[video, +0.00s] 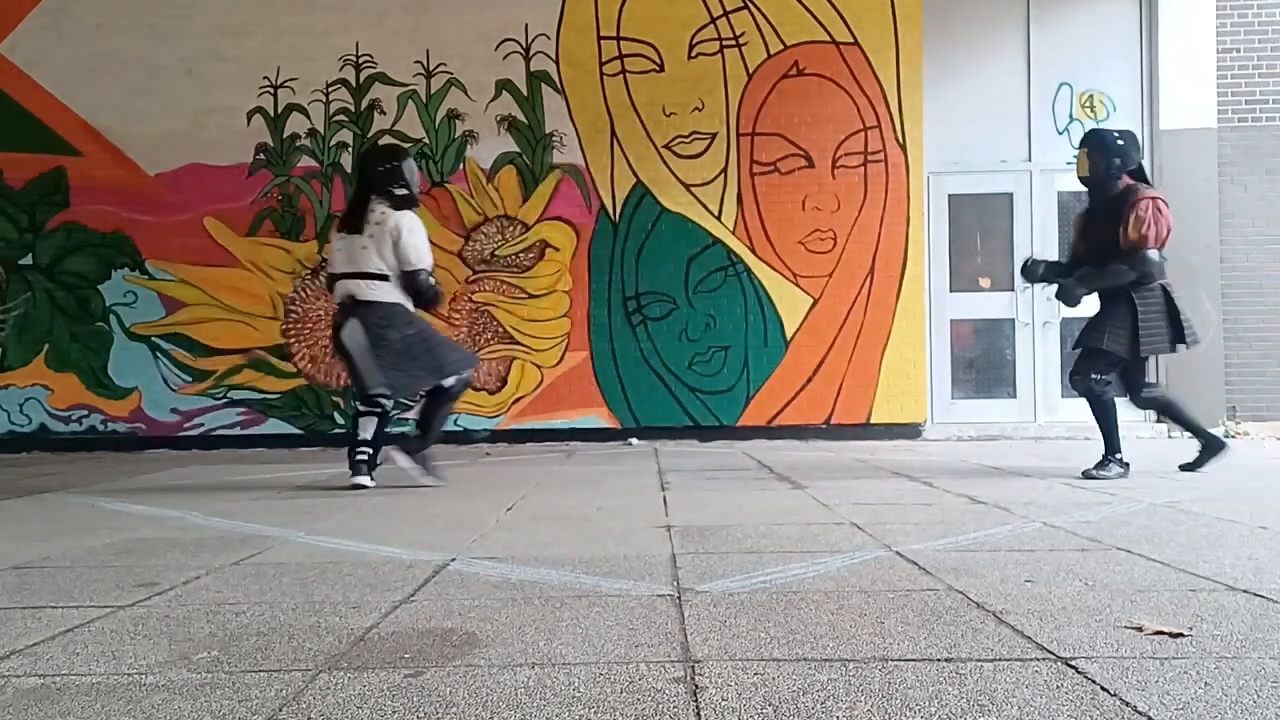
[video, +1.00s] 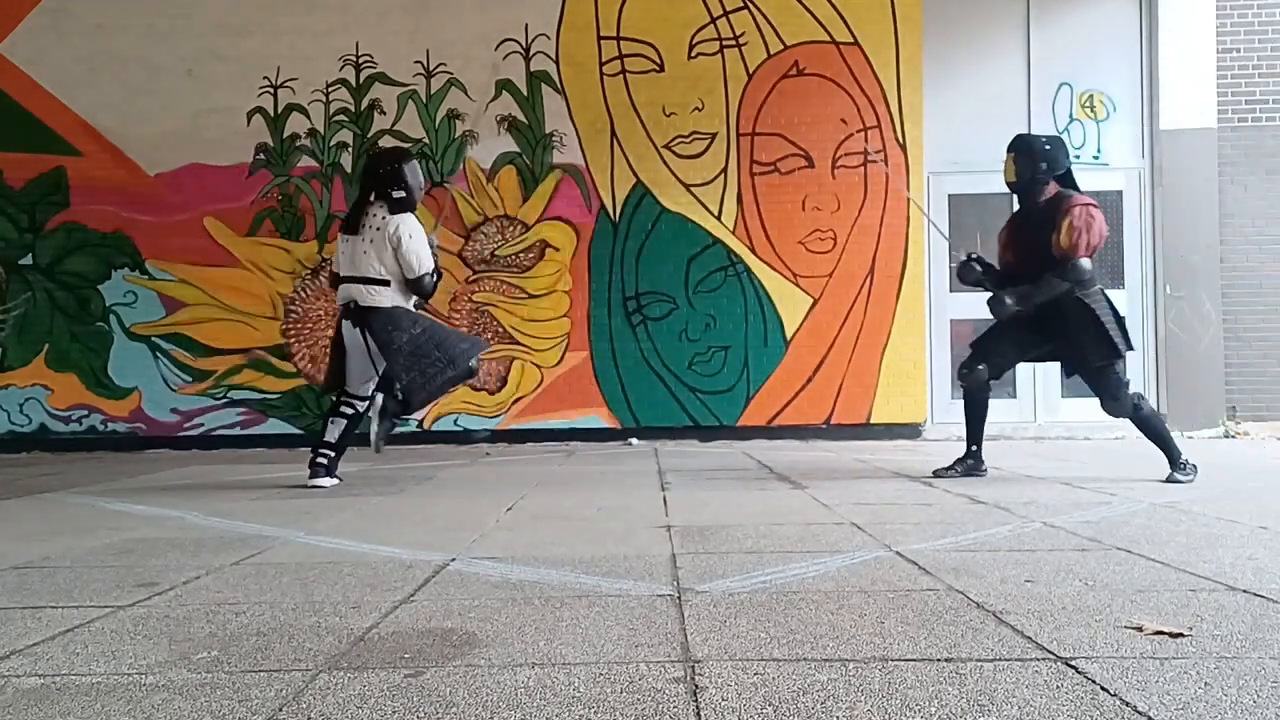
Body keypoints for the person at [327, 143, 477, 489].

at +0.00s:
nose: (416, 179)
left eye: (412, 170)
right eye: (409, 171)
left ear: (365, 178)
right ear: (395, 178)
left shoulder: (344, 220)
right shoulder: (402, 219)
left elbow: (333, 281)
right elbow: (418, 284)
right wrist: (434, 295)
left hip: (346, 318)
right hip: (388, 317)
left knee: (375, 391)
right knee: (458, 370)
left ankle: (361, 467)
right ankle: (417, 447)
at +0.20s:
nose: (452, 190)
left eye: (448, 182)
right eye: (445, 183)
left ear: (409, 191)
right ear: (436, 189)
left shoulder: (393, 232)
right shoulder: (444, 232)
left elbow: (390, 291)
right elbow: (455, 295)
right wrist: (483, 332)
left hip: (400, 332)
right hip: (438, 333)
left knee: (406, 404)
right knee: (505, 381)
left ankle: (366, 466)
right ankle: (537, 460)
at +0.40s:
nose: (494, 204)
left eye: (491, 197)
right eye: (488, 198)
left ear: (451, 207)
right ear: (476, 207)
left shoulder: (439, 243)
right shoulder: (473, 248)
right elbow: (478, 313)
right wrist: (519, 322)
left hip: (428, 340)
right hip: (462, 344)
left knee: (416, 408)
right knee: (542, 376)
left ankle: (360, 452)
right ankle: (546, 460)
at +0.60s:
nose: (480, 206)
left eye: (477, 198)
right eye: (474, 199)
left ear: (437, 206)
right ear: (457, 207)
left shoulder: (425, 241)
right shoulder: (451, 248)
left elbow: (426, 303)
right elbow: (459, 308)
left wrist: (473, 326)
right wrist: (492, 297)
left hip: (408, 341)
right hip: (439, 346)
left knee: (389, 415)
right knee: (515, 381)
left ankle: (332, 468)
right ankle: (543, 462)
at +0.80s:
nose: (434, 193)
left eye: (432, 185)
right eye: (429, 186)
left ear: (387, 192)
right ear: (416, 193)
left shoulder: (370, 223)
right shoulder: (413, 232)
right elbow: (432, 296)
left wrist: (430, 254)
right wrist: (444, 270)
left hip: (363, 327)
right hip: (400, 331)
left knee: (363, 403)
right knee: (470, 373)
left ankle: (322, 467)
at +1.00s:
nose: (419, 185)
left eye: (416, 176)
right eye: (414, 177)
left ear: (371, 183)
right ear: (401, 183)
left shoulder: (353, 220)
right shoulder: (403, 221)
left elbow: (337, 277)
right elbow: (424, 286)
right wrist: (435, 261)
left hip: (351, 317)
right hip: (390, 318)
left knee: (354, 395)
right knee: (454, 364)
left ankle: (321, 468)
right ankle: (394, 407)